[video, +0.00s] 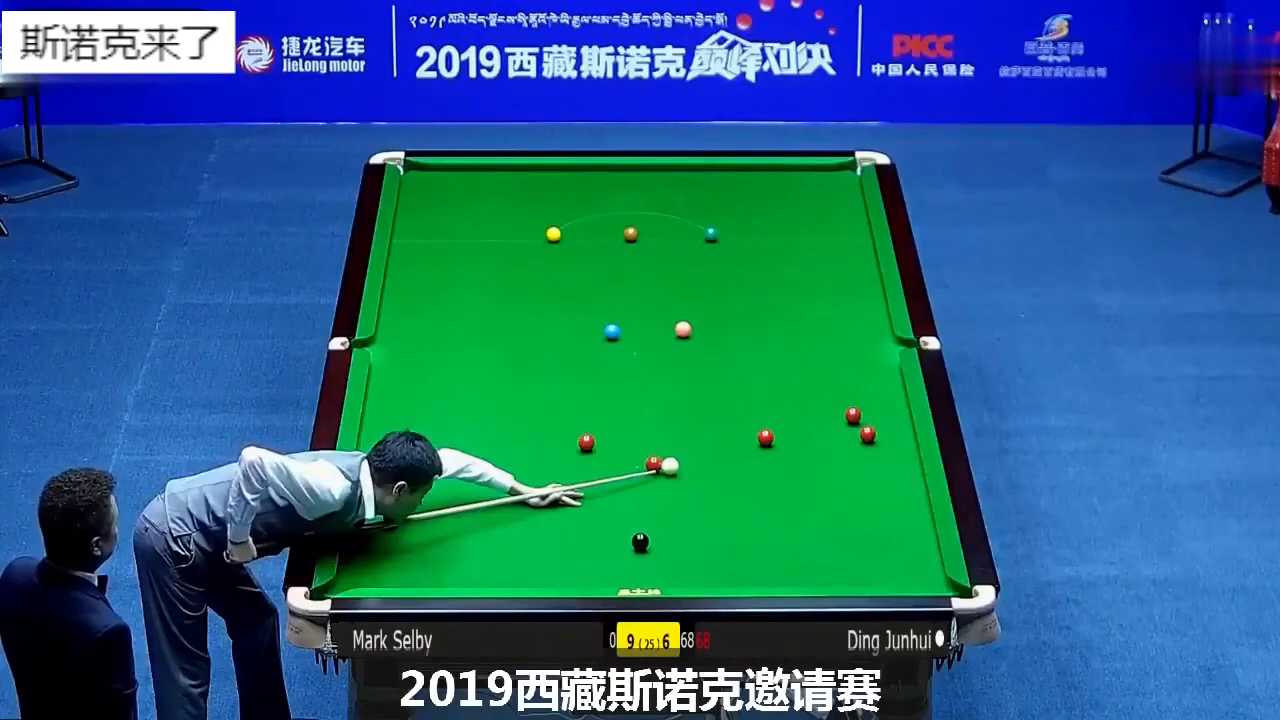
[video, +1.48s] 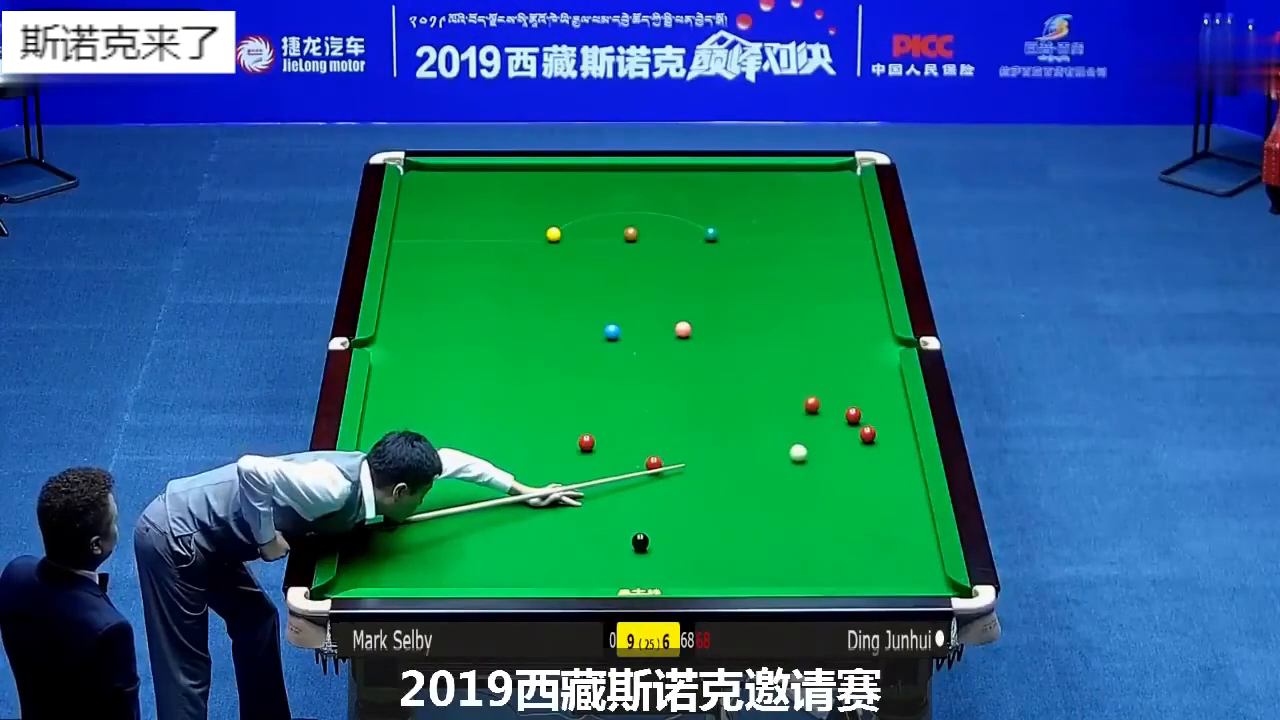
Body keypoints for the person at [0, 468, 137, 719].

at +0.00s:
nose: (117, 527)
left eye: (114, 520)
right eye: (114, 523)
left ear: (49, 530)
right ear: (97, 545)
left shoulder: (15, 576)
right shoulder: (108, 632)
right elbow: (126, 710)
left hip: (30, 711)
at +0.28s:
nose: (117, 527)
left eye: (114, 520)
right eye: (114, 523)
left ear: (50, 530)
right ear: (96, 545)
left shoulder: (16, 576)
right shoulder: (108, 632)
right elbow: (125, 711)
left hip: (29, 712)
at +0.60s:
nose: (116, 527)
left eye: (113, 520)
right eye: (113, 523)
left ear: (49, 531)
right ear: (95, 545)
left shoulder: (15, 575)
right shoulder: (107, 632)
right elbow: (125, 711)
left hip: (29, 711)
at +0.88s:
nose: (116, 527)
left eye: (113, 520)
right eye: (112, 522)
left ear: (49, 531)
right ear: (95, 545)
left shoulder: (15, 576)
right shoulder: (107, 632)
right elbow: (125, 711)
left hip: (29, 711)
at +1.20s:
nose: (116, 526)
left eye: (113, 520)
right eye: (113, 522)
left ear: (49, 531)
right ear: (95, 545)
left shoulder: (15, 575)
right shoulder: (108, 631)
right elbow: (126, 710)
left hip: (30, 711)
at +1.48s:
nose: (117, 526)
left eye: (114, 519)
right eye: (113, 522)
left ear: (51, 530)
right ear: (97, 545)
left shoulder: (16, 575)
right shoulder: (109, 630)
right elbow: (127, 709)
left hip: (30, 711)